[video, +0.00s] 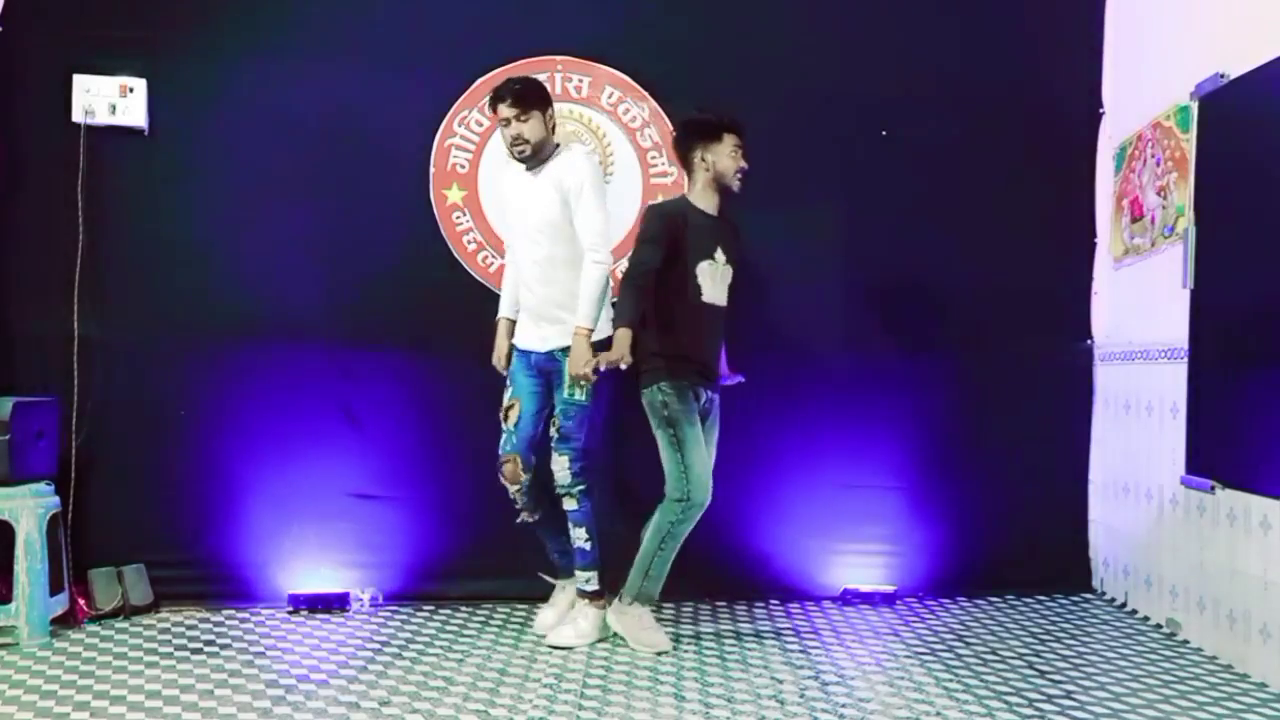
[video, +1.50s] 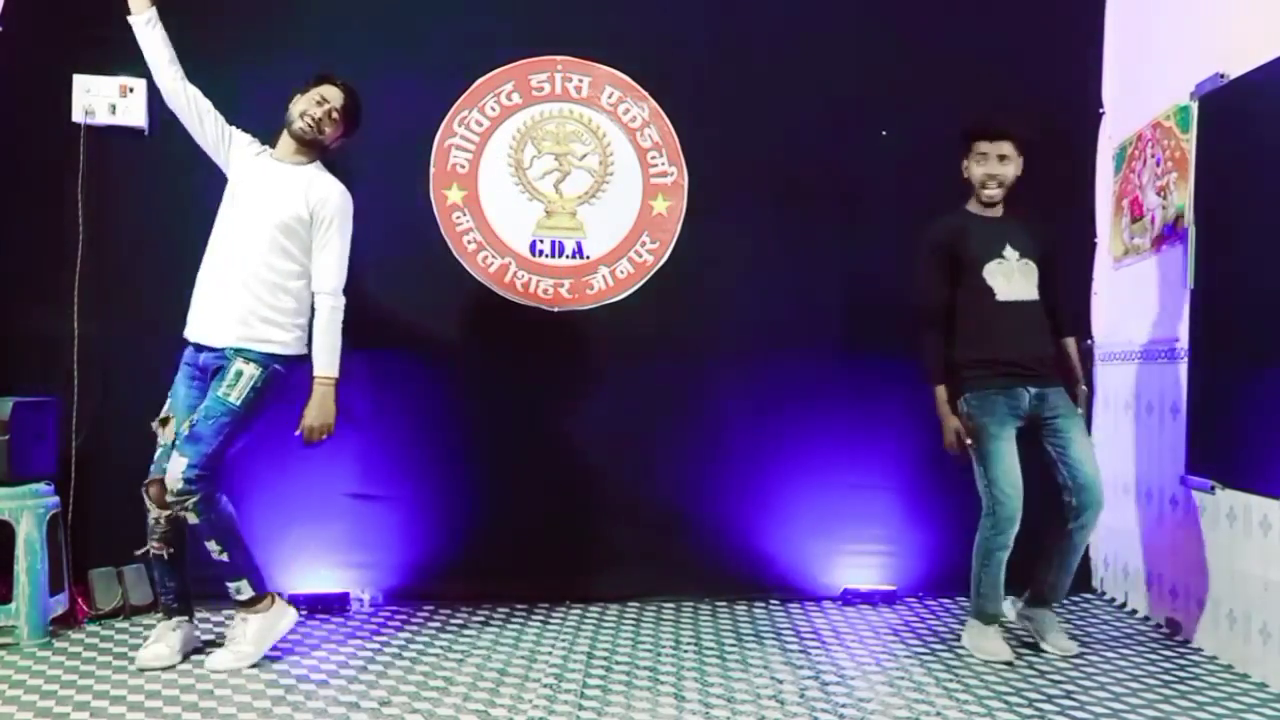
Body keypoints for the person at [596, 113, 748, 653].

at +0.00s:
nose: (743, 162)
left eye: (742, 153)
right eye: (734, 152)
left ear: (717, 161)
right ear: (701, 157)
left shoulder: (727, 230)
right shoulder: (664, 216)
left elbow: (714, 302)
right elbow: (636, 279)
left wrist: (721, 361)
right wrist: (622, 334)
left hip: (707, 380)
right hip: (665, 374)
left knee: (688, 495)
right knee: (692, 492)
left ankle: (636, 602)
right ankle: (632, 604)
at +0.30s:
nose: (851, 194)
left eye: (849, 184)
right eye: (843, 183)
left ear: (814, 190)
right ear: (813, 188)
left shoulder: (785, 241)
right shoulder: (779, 235)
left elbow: (734, 302)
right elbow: (714, 280)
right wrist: (665, 342)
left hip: (696, 373)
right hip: (708, 372)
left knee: (711, 493)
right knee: (756, 487)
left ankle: (643, 602)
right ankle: (702, 605)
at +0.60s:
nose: (935, 202)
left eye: (933, 192)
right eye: (928, 191)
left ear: (901, 198)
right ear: (901, 196)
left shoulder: (870, 243)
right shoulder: (869, 241)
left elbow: (816, 300)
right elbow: (814, 292)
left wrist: (779, 366)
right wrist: (786, 362)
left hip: (792, 380)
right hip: (804, 381)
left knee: (830, 493)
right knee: (857, 490)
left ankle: (799, 610)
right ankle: (785, 599)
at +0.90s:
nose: (999, 196)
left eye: (996, 186)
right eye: (993, 186)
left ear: (962, 193)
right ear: (967, 191)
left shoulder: (927, 235)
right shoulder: (940, 238)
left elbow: (888, 300)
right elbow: (892, 295)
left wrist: (872, 368)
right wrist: (872, 366)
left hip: (877, 384)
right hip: (891, 386)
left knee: (921, 496)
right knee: (941, 496)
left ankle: (903, 617)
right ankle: (855, 593)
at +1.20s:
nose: (1044, 178)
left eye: (1043, 168)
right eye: (1038, 167)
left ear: (1007, 174)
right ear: (1011, 172)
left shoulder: (985, 227)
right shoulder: (975, 225)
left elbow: (954, 300)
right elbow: (937, 291)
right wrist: (923, 372)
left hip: (978, 391)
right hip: (962, 394)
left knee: (1037, 485)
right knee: (1005, 503)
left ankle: (1005, 609)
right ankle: (957, 628)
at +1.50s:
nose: (991, 170)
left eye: (1002, 160)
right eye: (981, 159)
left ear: (1019, 167)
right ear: (965, 166)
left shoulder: (1035, 234)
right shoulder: (946, 235)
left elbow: (1060, 314)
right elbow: (933, 326)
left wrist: (1079, 385)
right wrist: (944, 408)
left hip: (1050, 388)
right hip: (987, 390)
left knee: (1087, 501)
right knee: (1004, 509)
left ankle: (1041, 610)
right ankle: (983, 621)